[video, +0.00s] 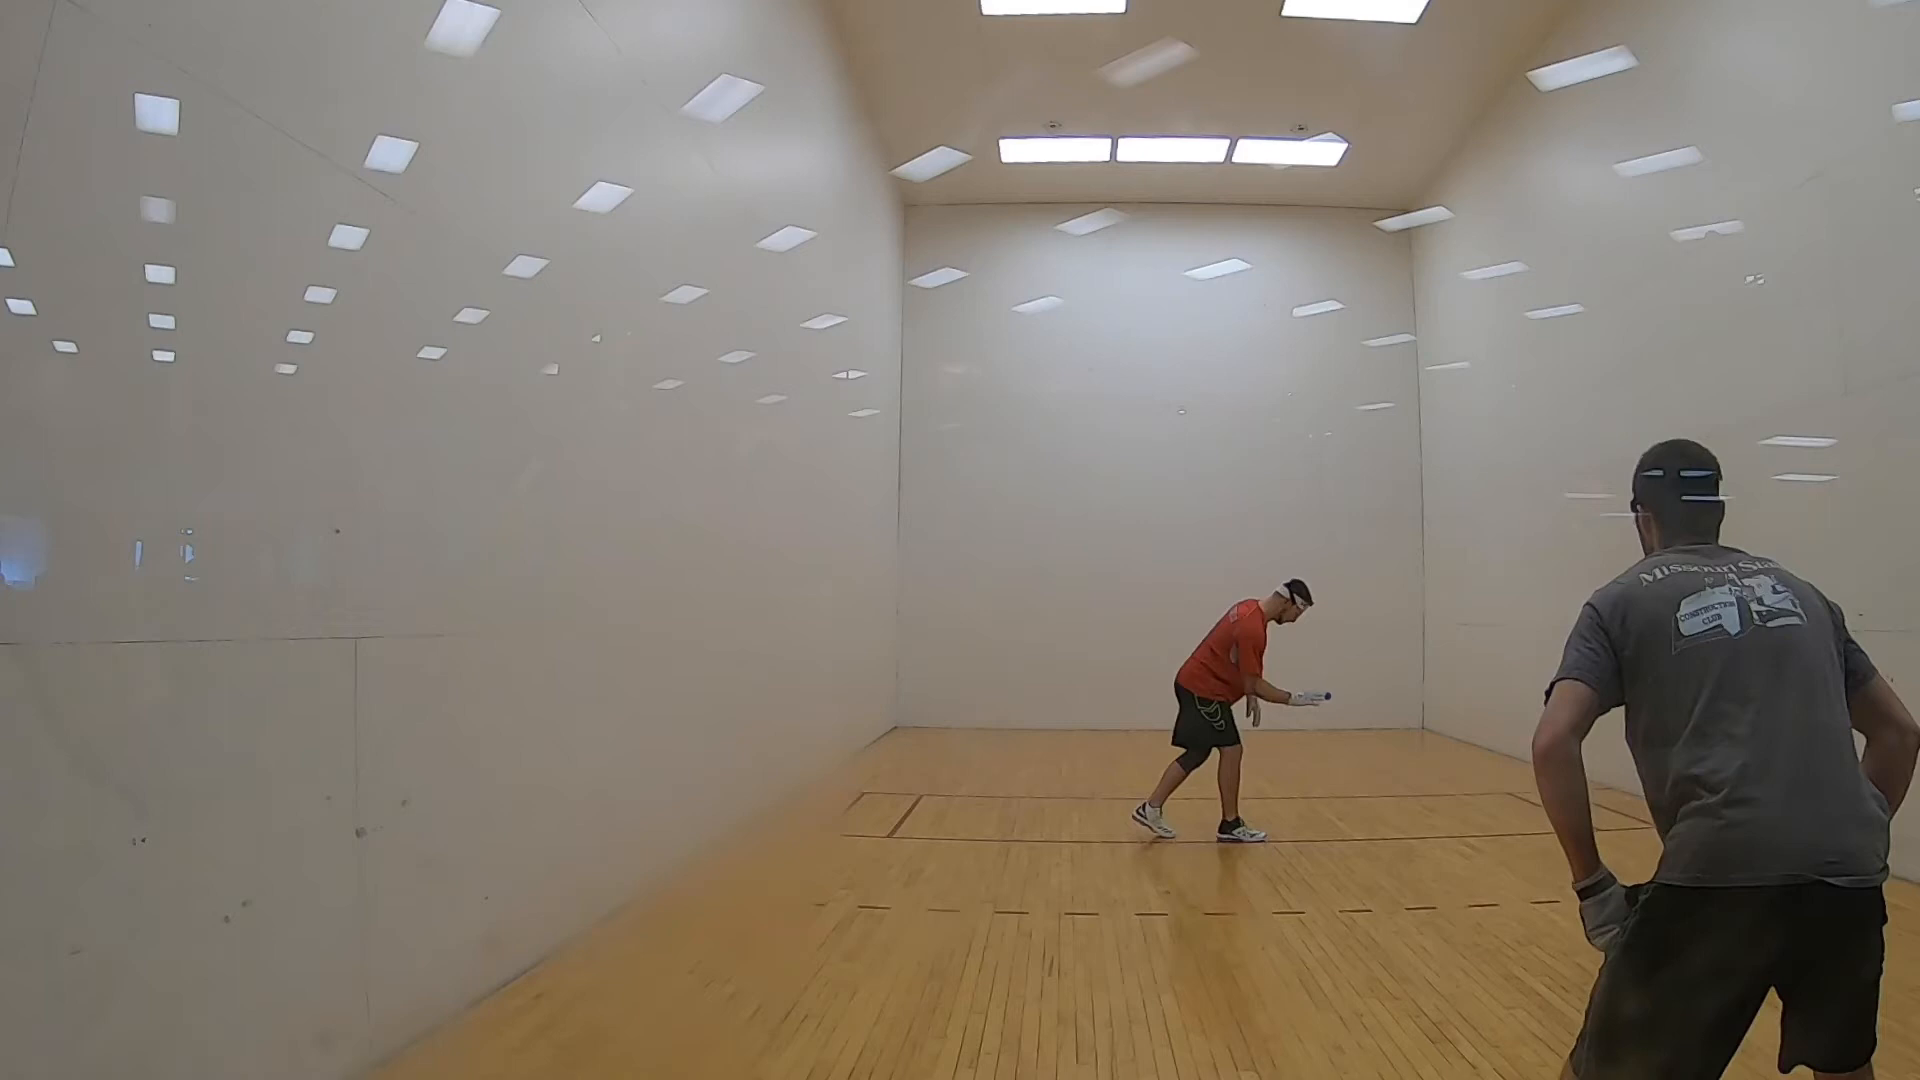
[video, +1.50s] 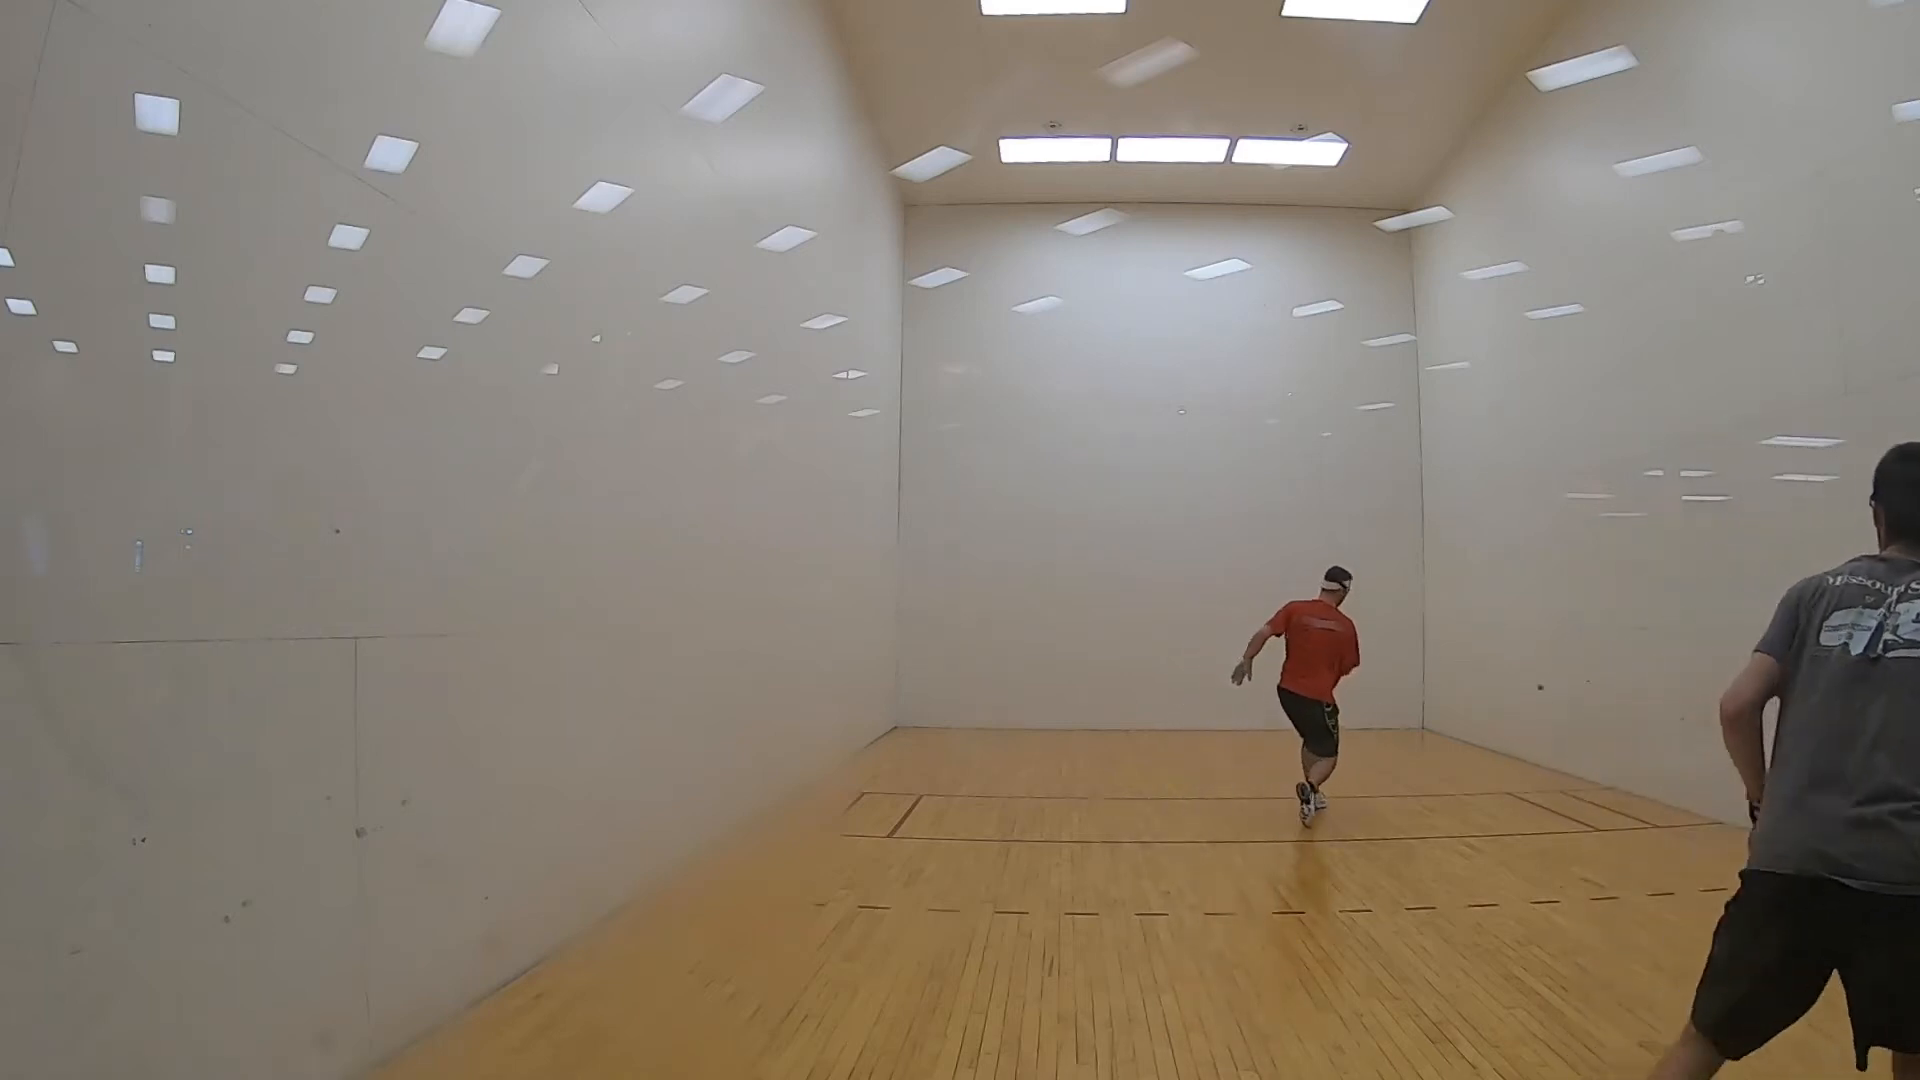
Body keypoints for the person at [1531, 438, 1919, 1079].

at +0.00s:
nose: (1640, 526)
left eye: (1639, 515)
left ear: (1645, 517)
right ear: (1720, 511)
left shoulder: (1622, 600)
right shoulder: (1805, 593)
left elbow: (1553, 742)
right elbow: (1898, 733)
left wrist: (1593, 884)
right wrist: (1851, 846)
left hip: (1715, 879)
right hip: (1848, 877)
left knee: (1607, 1067)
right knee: (1845, 1066)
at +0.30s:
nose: (1641, 527)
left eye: (1639, 517)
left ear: (1645, 520)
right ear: (1721, 515)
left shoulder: (1620, 601)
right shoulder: (1804, 594)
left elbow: (1540, 733)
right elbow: (1899, 730)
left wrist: (1580, 874)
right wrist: (1852, 846)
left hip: (1710, 879)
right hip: (1843, 878)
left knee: (1597, 1067)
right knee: (1849, 1067)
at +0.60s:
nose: (1658, 514)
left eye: (1656, 504)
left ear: (1663, 509)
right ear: (1738, 509)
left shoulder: (1632, 594)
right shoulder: (1816, 590)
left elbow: (1571, 722)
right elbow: (1906, 723)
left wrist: (1584, 881)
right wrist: (1860, 843)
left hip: (1703, 867)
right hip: (1834, 869)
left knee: (1595, 1060)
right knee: (1846, 1062)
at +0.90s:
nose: (1693, 509)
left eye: (1691, 500)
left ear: (1691, 505)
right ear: (1767, 506)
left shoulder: (1651, 583)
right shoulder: (1835, 593)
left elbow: (1589, 712)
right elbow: (1911, 727)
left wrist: (1579, 868)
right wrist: (1874, 863)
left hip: (1698, 864)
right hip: (1830, 872)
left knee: (1595, 1057)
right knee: (1842, 1064)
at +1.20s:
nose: (1728, 504)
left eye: (1726, 495)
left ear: (1730, 501)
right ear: (1807, 507)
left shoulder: (1671, 584)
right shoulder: (1861, 600)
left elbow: (1605, 720)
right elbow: (1911, 745)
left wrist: (1610, 853)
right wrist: (1885, 878)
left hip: (1692, 863)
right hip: (1828, 872)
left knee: (1602, 1054)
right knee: (1849, 1054)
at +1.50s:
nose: (1877, 511)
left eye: (1875, 502)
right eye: (1885, 501)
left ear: (1877, 510)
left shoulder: (1817, 594)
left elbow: (1737, 707)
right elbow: (1738, 705)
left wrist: (1760, 794)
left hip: (1790, 860)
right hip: (1903, 873)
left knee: (1702, 1041)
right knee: (1909, 1057)